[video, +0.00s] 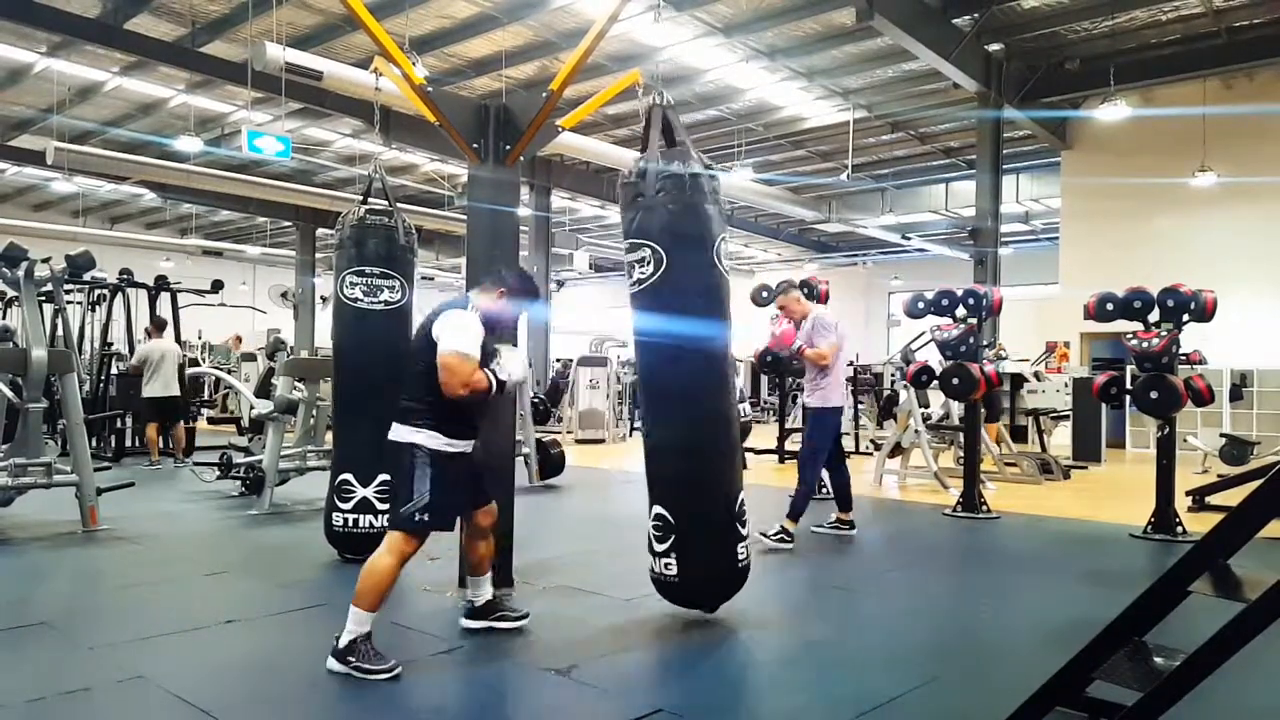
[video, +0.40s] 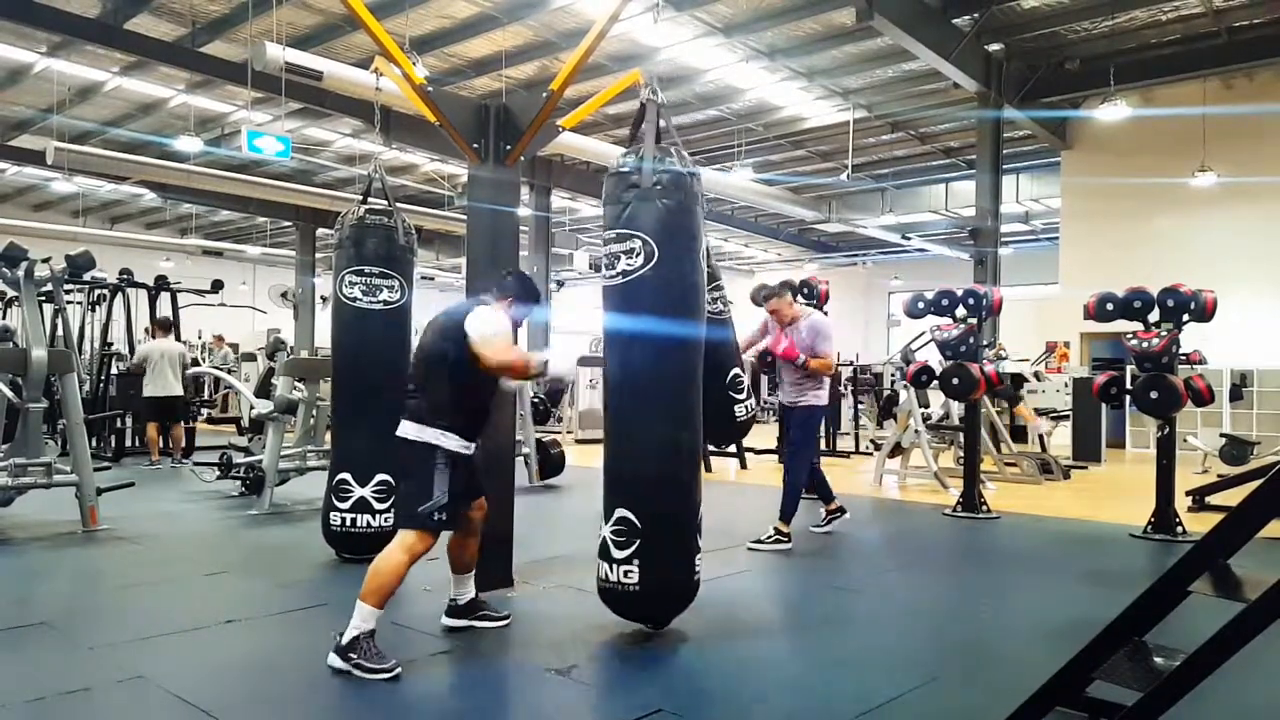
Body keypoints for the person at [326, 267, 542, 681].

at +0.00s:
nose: (509, 323)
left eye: (514, 317)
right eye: (512, 313)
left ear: (496, 293)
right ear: (499, 295)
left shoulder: (469, 319)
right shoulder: (460, 317)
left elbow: (463, 377)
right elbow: (456, 383)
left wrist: (497, 372)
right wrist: (497, 374)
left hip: (454, 445)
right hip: (421, 443)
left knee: (483, 516)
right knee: (403, 540)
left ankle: (480, 605)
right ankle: (351, 642)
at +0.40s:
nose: (522, 322)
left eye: (524, 316)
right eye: (523, 313)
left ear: (498, 295)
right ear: (510, 300)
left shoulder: (457, 315)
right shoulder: (487, 316)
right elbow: (497, 358)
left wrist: (520, 367)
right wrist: (538, 364)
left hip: (450, 442)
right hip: (431, 440)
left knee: (473, 511)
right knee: (416, 537)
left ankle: (463, 603)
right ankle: (354, 639)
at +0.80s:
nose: (534, 333)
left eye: (538, 327)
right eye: (534, 324)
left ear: (518, 309)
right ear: (515, 306)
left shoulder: (504, 341)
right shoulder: (465, 327)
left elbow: (495, 393)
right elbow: (454, 388)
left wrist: (523, 397)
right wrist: (503, 378)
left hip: (472, 449)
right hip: (430, 446)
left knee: (510, 513)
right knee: (413, 538)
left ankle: (479, 589)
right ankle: (362, 630)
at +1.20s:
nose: (561, 338)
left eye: (565, 332)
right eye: (562, 330)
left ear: (545, 314)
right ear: (548, 315)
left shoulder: (519, 330)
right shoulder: (518, 330)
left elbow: (503, 387)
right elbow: (513, 383)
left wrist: (541, 398)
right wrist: (556, 391)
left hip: (496, 444)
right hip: (466, 439)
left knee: (521, 512)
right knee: (448, 529)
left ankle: (502, 598)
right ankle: (375, 617)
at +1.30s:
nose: (564, 331)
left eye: (568, 325)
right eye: (564, 322)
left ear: (548, 310)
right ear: (546, 307)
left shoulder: (539, 338)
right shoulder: (499, 324)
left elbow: (552, 388)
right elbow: (490, 381)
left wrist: (603, 372)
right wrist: (539, 365)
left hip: (505, 437)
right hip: (467, 432)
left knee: (526, 512)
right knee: (464, 519)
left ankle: (504, 595)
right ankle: (407, 612)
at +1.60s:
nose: (575, 324)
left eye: (579, 318)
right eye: (572, 315)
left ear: (575, 313)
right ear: (552, 304)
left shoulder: (566, 340)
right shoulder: (506, 334)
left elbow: (587, 373)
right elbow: (467, 375)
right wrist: (508, 406)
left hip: (533, 448)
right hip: (488, 446)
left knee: (557, 513)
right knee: (474, 525)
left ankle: (546, 590)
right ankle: (426, 613)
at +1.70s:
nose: (587, 324)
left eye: (590, 319)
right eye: (585, 317)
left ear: (582, 312)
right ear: (568, 305)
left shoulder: (565, 330)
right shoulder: (544, 321)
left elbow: (578, 359)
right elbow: (554, 358)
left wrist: (603, 355)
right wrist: (594, 352)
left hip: (531, 441)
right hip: (494, 438)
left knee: (554, 508)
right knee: (476, 525)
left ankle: (545, 589)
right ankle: (424, 611)